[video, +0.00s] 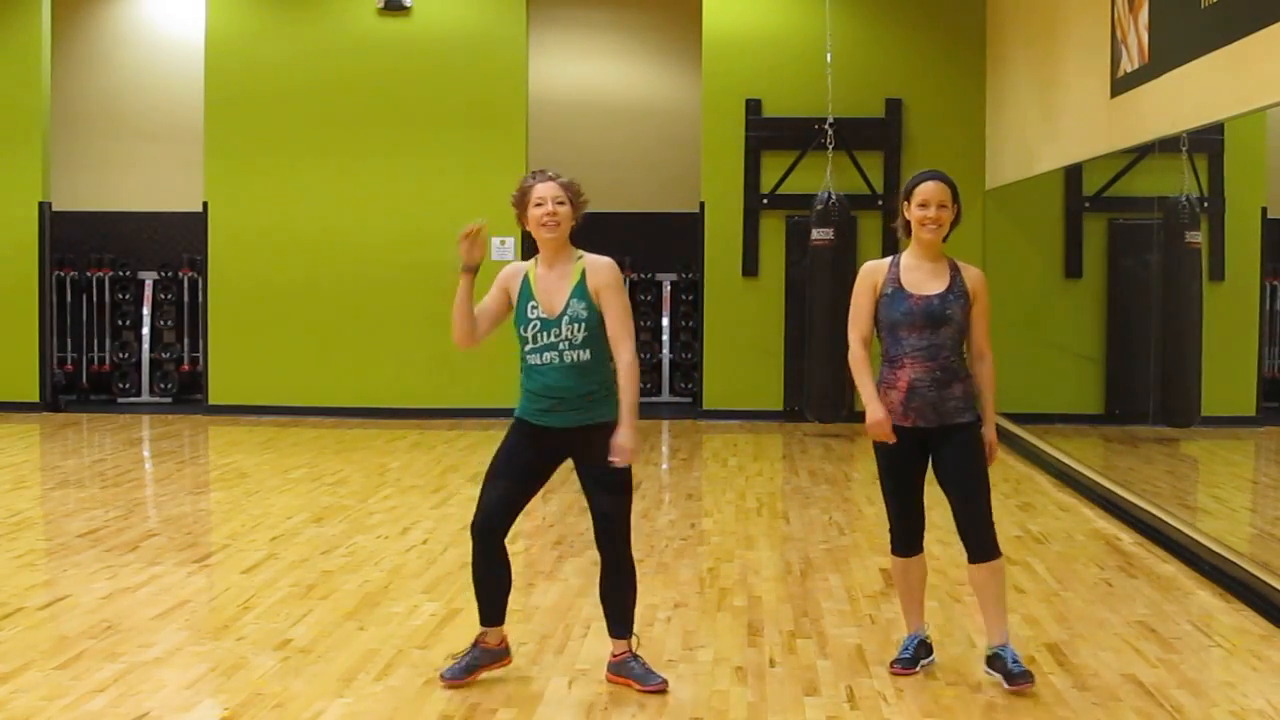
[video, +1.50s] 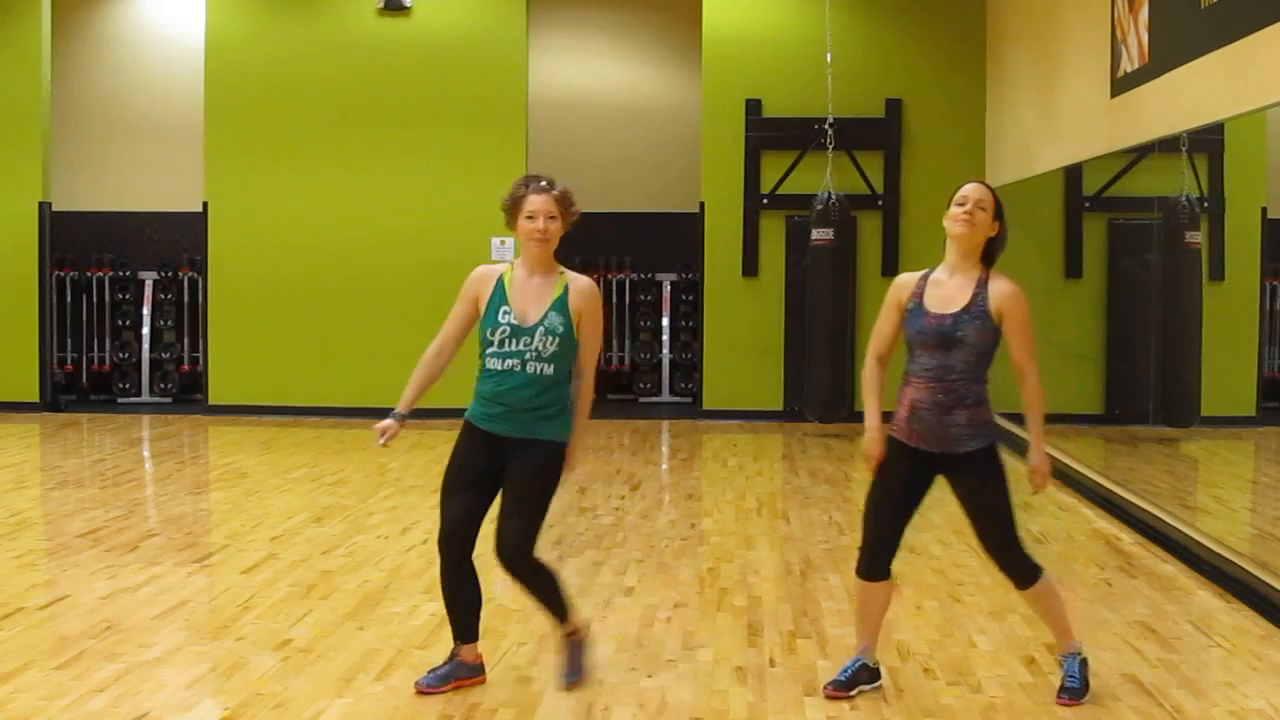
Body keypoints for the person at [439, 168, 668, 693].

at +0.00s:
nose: (549, 211)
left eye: (558, 203)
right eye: (538, 204)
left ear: (574, 213)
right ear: (525, 218)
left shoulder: (600, 271)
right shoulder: (514, 277)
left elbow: (625, 353)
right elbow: (466, 335)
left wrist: (627, 425)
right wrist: (467, 272)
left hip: (598, 426)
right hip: (535, 426)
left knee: (614, 541)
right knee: (486, 526)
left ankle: (622, 653)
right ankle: (491, 640)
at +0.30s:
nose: (554, 212)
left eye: (561, 203)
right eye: (542, 204)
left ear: (571, 212)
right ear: (522, 215)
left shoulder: (595, 272)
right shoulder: (505, 265)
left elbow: (629, 349)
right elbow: (447, 264)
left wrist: (656, 421)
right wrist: (492, 216)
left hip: (568, 425)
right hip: (502, 423)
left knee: (596, 538)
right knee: (486, 537)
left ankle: (621, 648)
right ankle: (470, 652)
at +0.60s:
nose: (573, 228)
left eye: (579, 219)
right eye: (561, 220)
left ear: (586, 224)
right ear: (537, 226)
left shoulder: (600, 285)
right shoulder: (513, 272)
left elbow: (597, 364)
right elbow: (458, 315)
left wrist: (585, 428)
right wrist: (491, 252)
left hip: (560, 433)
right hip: (500, 428)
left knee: (607, 537)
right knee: (486, 545)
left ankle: (631, 650)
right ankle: (464, 653)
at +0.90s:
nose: (594, 225)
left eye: (601, 215)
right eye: (582, 217)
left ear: (613, 218)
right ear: (563, 223)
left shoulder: (640, 276)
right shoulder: (542, 284)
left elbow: (684, 340)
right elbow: (521, 361)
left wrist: (722, 401)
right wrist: (499, 434)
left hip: (628, 429)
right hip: (565, 433)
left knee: (655, 534)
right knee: (556, 548)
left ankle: (644, 652)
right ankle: (512, 646)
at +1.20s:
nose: (576, 220)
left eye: (586, 212)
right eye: (567, 210)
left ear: (597, 220)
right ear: (548, 216)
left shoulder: (614, 276)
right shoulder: (528, 275)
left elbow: (661, 341)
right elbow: (522, 350)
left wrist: (698, 404)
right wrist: (502, 415)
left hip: (614, 428)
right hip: (552, 430)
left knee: (644, 539)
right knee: (512, 538)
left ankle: (686, 640)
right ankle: (485, 650)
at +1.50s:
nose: (541, 226)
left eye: (551, 218)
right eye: (532, 217)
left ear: (564, 226)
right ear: (514, 224)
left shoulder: (581, 292)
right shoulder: (485, 280)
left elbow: (585, 376)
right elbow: (443, 348)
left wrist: (573, 443)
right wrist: (401, 411)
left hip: (542, 438)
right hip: (483, 429)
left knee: (512, 551)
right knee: (454, 541)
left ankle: (573, 629)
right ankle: (467, 656)